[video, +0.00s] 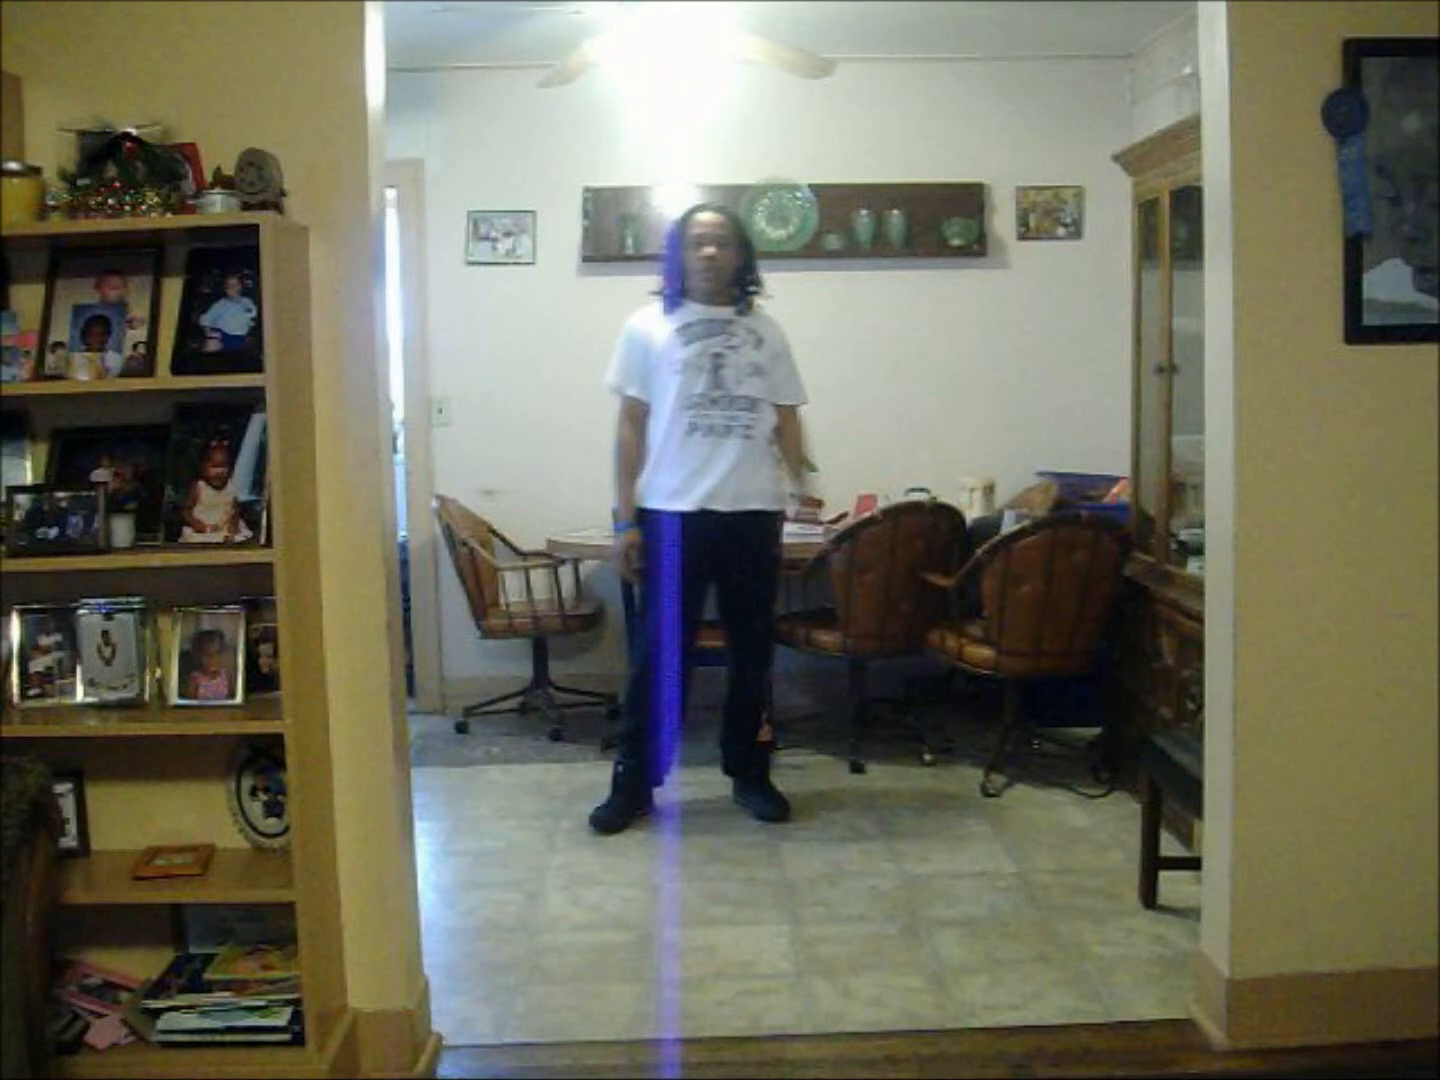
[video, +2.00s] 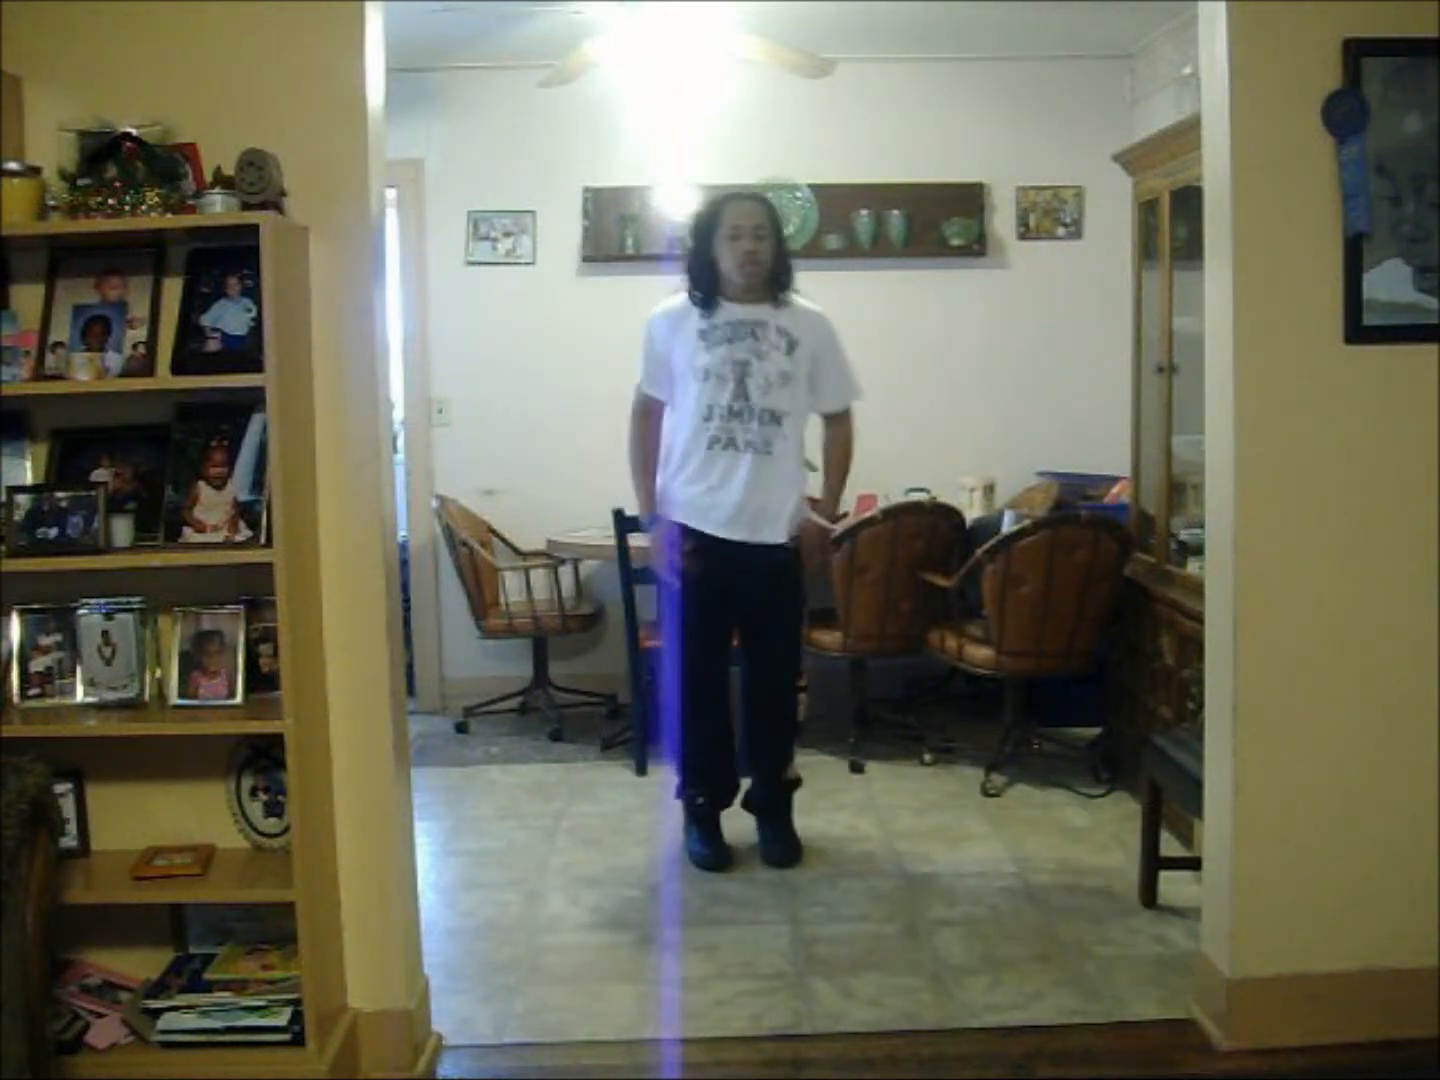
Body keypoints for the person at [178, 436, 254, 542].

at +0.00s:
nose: (220, 472)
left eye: (224, 467)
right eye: (214, 466)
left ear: (230, 468)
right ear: (203, 468)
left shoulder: (231, 487)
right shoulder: (200, 487)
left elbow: (236, 508)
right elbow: (186, 510)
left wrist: (233, 524)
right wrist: (200, 526)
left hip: (225, 532)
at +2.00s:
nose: (219, 471)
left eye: (224, 467)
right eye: (214, 466)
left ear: (230, 469)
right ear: (203, 468)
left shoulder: (231, 488)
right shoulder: (200, 487)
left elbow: (237, 510)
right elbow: (186, 511)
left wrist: (233, 526)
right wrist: (199, 525)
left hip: (225, 532)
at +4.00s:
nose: (219, 471)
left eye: (223, 466)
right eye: (213, 466)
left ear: (230, 469)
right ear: (204, 468)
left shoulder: (232, 488)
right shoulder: (200, 487)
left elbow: (237, 511)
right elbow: (186, 511)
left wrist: (232, 531)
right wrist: (201, 526)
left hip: (225, 534)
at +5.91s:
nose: (219, 472)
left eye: (224, 467)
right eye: (214, 466)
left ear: (230, 469)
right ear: (203, 468)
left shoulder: (231, 488)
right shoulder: (199, 488)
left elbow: (236, 509)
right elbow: (186, 511)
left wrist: (234, 523)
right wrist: (199, 526)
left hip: (225, 533)